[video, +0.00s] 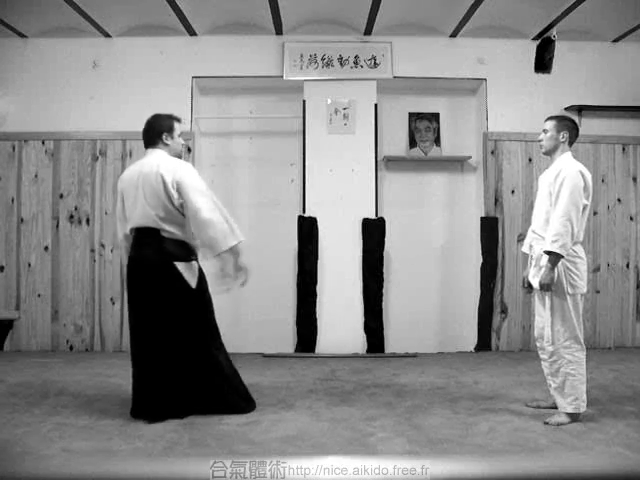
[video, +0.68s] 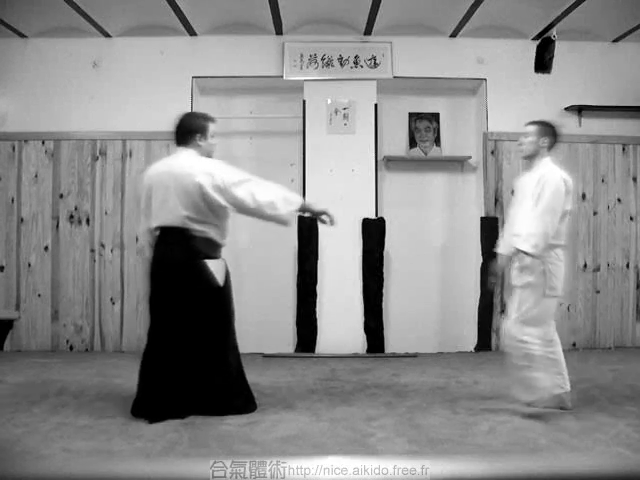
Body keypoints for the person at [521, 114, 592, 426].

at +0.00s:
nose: (539, 137)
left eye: (545, 132)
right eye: (541, 132)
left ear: (564, 137)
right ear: (559, 137)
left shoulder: (572, 173)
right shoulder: (552, 172)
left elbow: (564, 222)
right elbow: (542, 220)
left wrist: (551, 264)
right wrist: (532, 261)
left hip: (563, 263)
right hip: (544, 260)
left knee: (565, 336)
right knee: (545, 335)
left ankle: (572, 407)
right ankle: (557, 395)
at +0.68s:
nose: (520, 141)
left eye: (526, 136)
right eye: (521, 136)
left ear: (544, 142)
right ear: (533, 143)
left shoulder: (553, 176)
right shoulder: (525, 178)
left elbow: (544, 221)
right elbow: (513, 220)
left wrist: (524, 255)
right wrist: (502, 255)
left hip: (541, 260)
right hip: (523, 258)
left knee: (517, 327)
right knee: (541, 326)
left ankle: (547, 391)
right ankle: (557, 393)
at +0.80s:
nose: (509, 143)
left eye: (515, 138)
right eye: (509, 138)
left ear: (533, 143)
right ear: (520, 144)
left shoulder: (542, 179)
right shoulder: (512, 179)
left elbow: (532, 229)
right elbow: (500, 222)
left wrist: (505, 250)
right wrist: (483, 252)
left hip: (531, 260)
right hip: (512, 259)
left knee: (502, 324)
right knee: (537, 324)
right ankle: (559, 391)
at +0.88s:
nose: (500, 145)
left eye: (507, 139)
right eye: (500, 140)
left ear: (526, 145)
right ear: (507, 146)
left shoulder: (536, 182)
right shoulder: (503, 182)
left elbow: (520, 230)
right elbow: (488, 226)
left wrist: (489, 241)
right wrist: (460, 249)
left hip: (524, 263)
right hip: (505, 262)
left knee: (493, 327)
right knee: (533, 327)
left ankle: (473, 397)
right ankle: (559, 391)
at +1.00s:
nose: (485, 144)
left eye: (493, 139)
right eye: (485, 139)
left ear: (511, 145)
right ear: (486, 144)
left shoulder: (517, 183)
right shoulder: (484, 179)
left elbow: (497, 226)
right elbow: (458, 211)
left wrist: (453, 232)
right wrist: (425, 222)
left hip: (502, 262)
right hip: (487, 259)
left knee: (473, 329)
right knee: (515, 322)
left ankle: (460, 400)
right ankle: (554, 388)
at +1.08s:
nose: (474, 142)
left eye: (482, 137)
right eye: (474, 136)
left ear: (498, 143)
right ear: (473, 141)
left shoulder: (506, 182)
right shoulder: (467, 178)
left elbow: (481, 221)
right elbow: (436, 207)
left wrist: (447, 218)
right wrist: (399, 211)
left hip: (488, 264)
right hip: (466, 263)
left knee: (464, 333)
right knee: (500, 325)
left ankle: (457, 400)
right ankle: (544, 380)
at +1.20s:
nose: (447, 139)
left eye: (454, 133)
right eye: (446, 133)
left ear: (473, 139)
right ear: (445, 138)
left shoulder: (481, 178)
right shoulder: (443, 173)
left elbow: (452, 209)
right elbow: (407, 194)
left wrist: (418, 200)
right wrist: (364, 190)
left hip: (463, 265)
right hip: (439, 263)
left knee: (456, 337)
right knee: (447, 336)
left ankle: (457, 403)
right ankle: (500, 367)